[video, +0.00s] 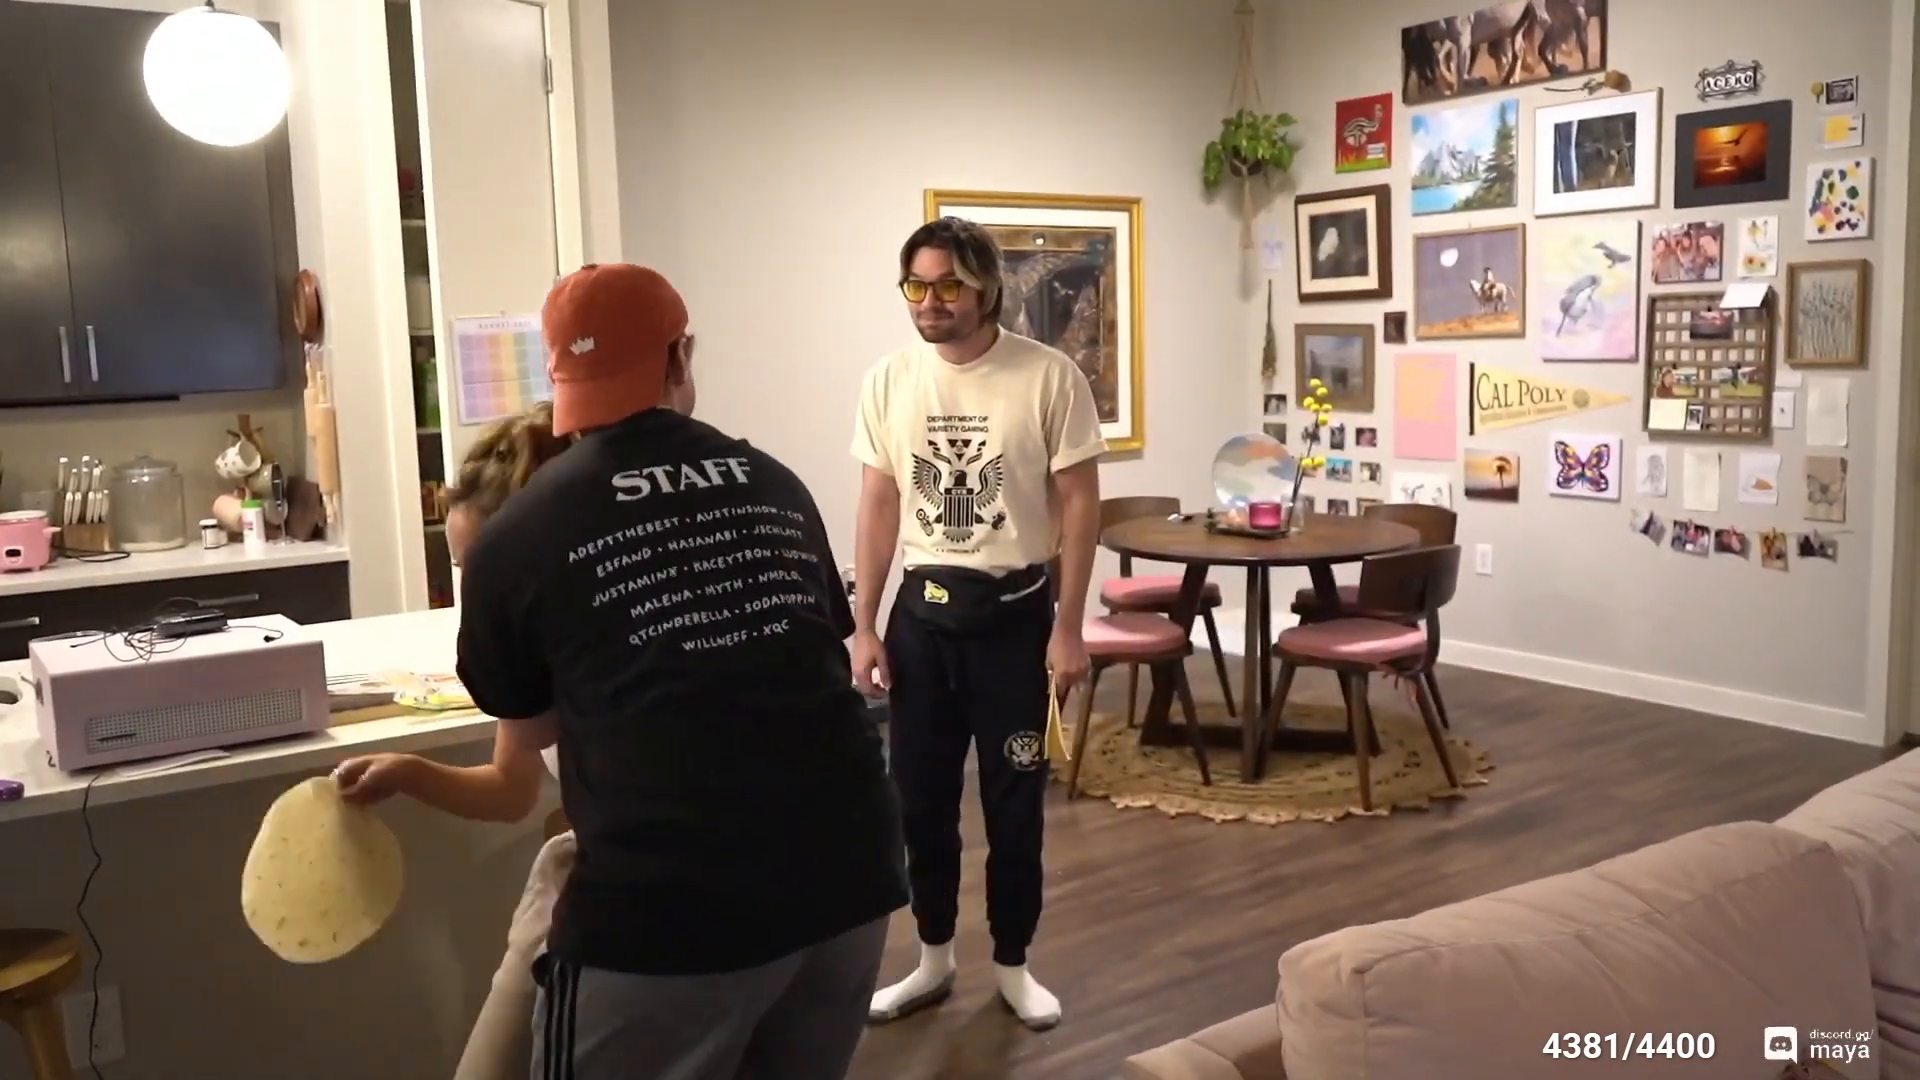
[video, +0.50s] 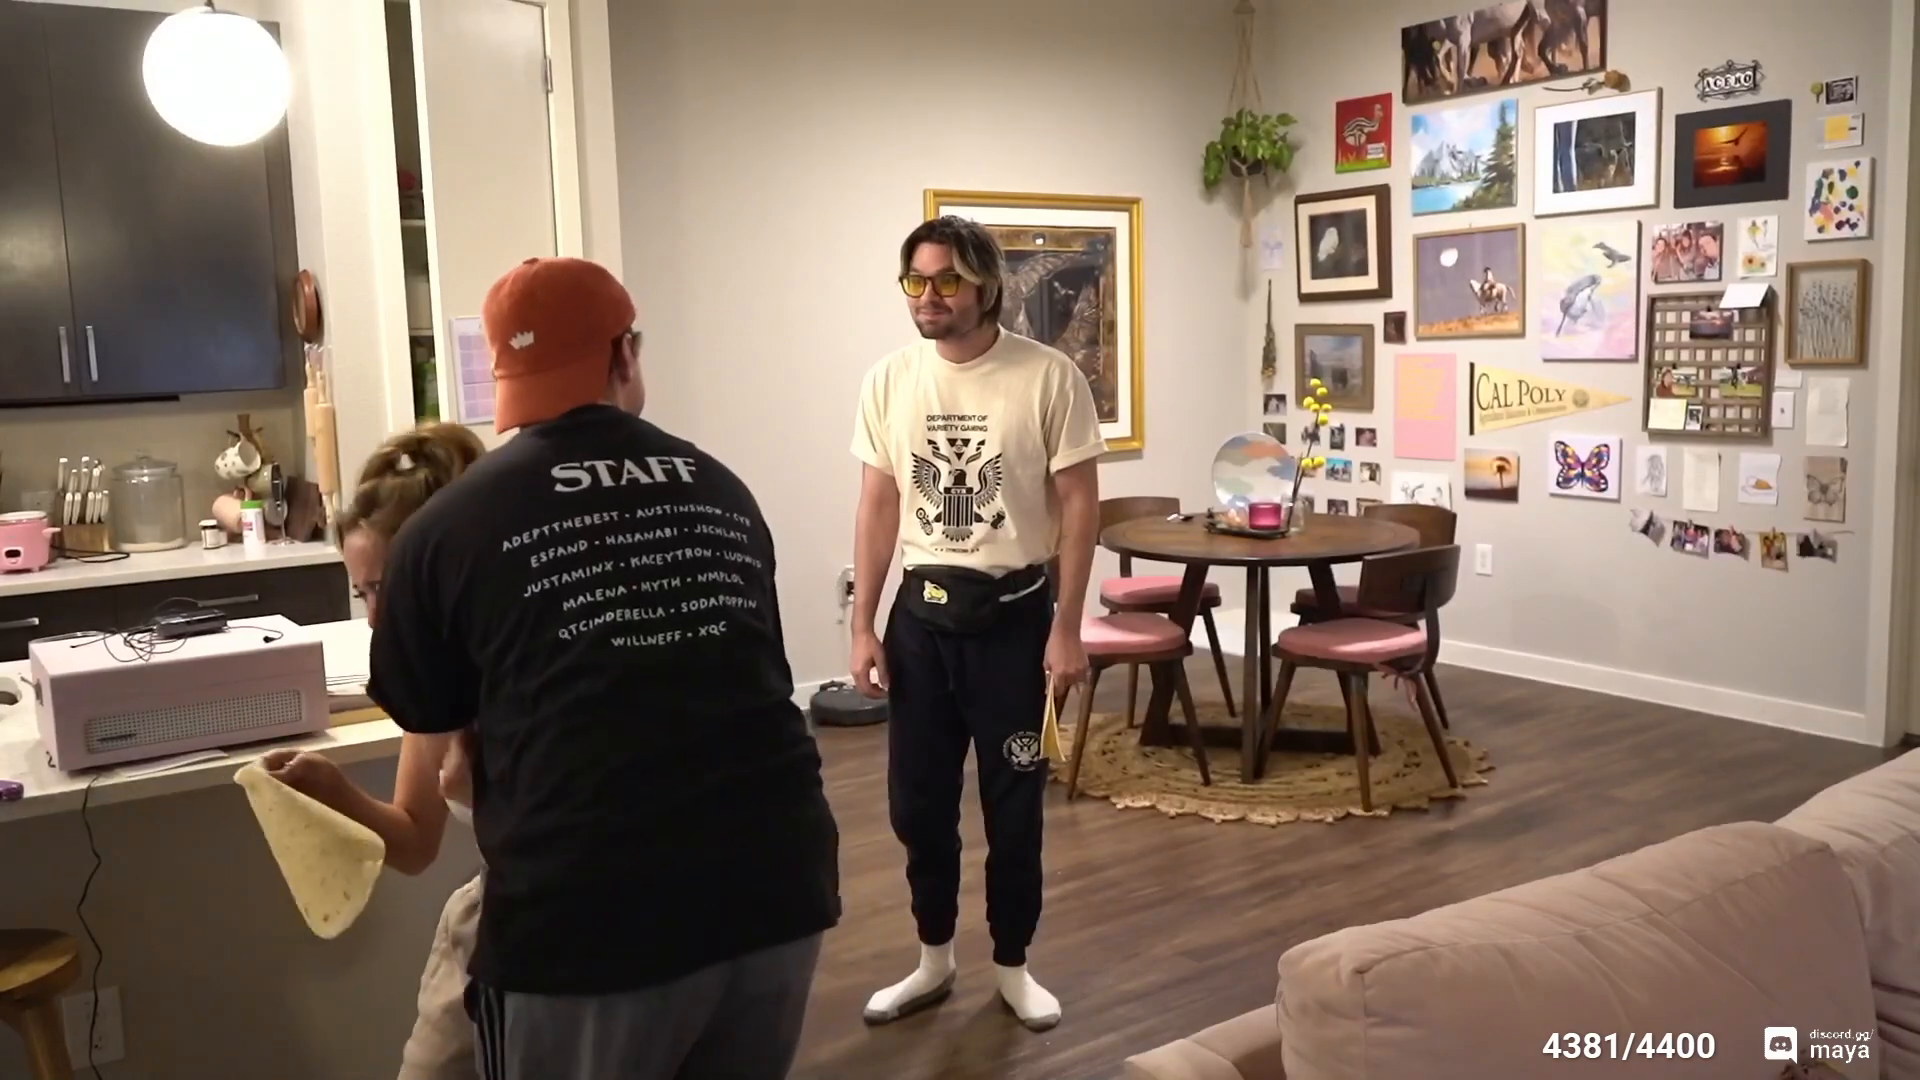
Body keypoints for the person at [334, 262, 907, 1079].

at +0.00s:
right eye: (690, 357)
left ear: (557, 375)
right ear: (680, 357)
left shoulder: (515, 540)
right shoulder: (776, 483)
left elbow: (533, 749)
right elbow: (823, 668)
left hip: (669, 904)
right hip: (851, 880)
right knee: (799, 1068)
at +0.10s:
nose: (691, 369)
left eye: (685, 351)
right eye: (688, 350)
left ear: (556, 368)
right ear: (672, 355)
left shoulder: (502, 530)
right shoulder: (762, 481)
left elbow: (518, 729)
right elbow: (811, 650)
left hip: (636, 910)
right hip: (818, 881)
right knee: (784, 1068)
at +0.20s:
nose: (675, 373)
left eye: (671, 353)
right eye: (671, 353)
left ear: (542, 373)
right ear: (654, 360)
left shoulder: (480, 531)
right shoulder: (746, 484)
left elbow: (492, 735)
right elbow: (798, 659)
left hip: (613, 907)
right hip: (799, 879)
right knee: (759, 1067)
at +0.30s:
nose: (656, 381)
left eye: (652, 360)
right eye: (652, 361)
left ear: (523, 382)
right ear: (635, 368)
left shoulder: (460, 536)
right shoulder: (728, 489)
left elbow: (472, 753)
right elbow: (782, 674)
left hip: (599, 906)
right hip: (787, 877)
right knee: (742, 1069)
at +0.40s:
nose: (645, 379)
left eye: (640, 359)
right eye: (640, 359)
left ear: (510, 383)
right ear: (624, 367)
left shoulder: (454, 538)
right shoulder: (721, 491)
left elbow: (455, 756)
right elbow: (769, 678)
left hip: (591, 919)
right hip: (779, 888)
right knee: (742, 1067)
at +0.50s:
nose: (643, 367)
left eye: (637, 347)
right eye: (638, 348)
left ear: (504, 372)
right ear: (623, 354)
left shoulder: (446, 532)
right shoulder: (719, 483)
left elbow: (446, 763)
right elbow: (750, 682)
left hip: (588, 922)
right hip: (779, 890)